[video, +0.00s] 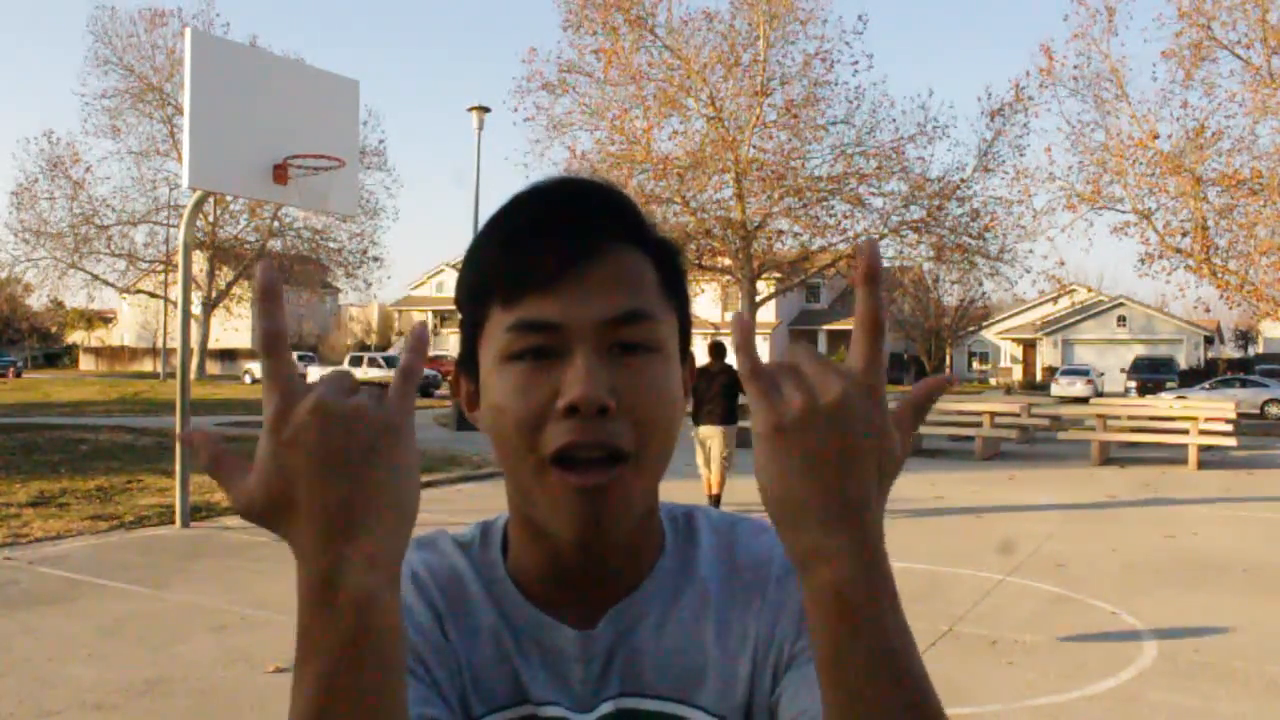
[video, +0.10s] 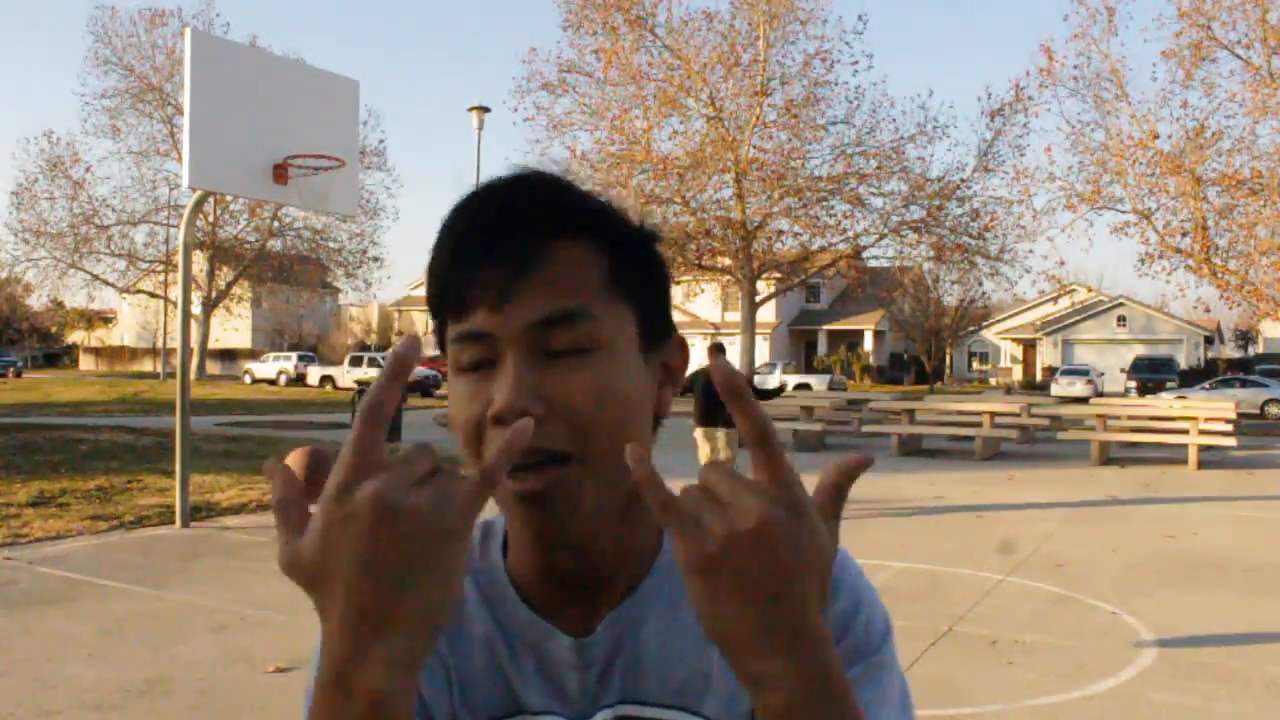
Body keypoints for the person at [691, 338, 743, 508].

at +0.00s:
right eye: (721, 352)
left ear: (709, 353)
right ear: (725, 353)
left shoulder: (700, 372)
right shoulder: (731, 373)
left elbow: (696, 396)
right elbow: (744, 390)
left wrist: (695, 418)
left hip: (702, 423)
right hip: (724, 424)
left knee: (704, 464)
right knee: (719, 464)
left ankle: (710, 499)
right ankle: (715, 500)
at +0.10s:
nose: (716, 360)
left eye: (715, 355)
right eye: (716, 355)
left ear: (709, 355)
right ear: (725, 354)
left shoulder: (699, 375)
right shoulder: (734, 376)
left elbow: (680, 389)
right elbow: (758, 394)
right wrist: (780, 389)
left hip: (703, 424)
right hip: (728, 426)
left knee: (706, 461)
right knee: (727, 462)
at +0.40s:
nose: (717, 355)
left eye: (714, 352)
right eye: (722, 352)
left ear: (711, 352)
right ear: (727, 352)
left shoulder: (702, 371)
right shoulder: (737, 372)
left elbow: (679, 387)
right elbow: (756, 393)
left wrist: (656, 397)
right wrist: (776, 409)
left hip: (707, 423)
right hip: (731, 424)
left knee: (711, 462)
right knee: (734, 459)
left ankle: (714, 502)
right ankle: (733, 497)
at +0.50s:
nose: (720, 356)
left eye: (717, 353)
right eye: (724, 353)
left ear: (714, 355)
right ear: (729, 355)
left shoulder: (704, 373)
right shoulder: (738, 374)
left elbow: (682, 387)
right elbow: (756, 394)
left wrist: (658, 394)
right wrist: (776, 409)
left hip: (708, 423)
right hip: (732, 424)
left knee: (712, 461)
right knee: (735, 461)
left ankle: (714, 500)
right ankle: (735, 491)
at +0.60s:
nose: (727, 358)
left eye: (722, 355)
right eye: (729, 355)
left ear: (717, 357)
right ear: (732, 357)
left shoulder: (707, 374)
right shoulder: (740, 376)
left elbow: (684, 388)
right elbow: (760, 397)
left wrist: (659, 395)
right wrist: (783, 410)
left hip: (710, 423)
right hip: (734, 425)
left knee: (713, 461)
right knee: (733, 463)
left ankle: (714, 501)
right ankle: (733, 493)